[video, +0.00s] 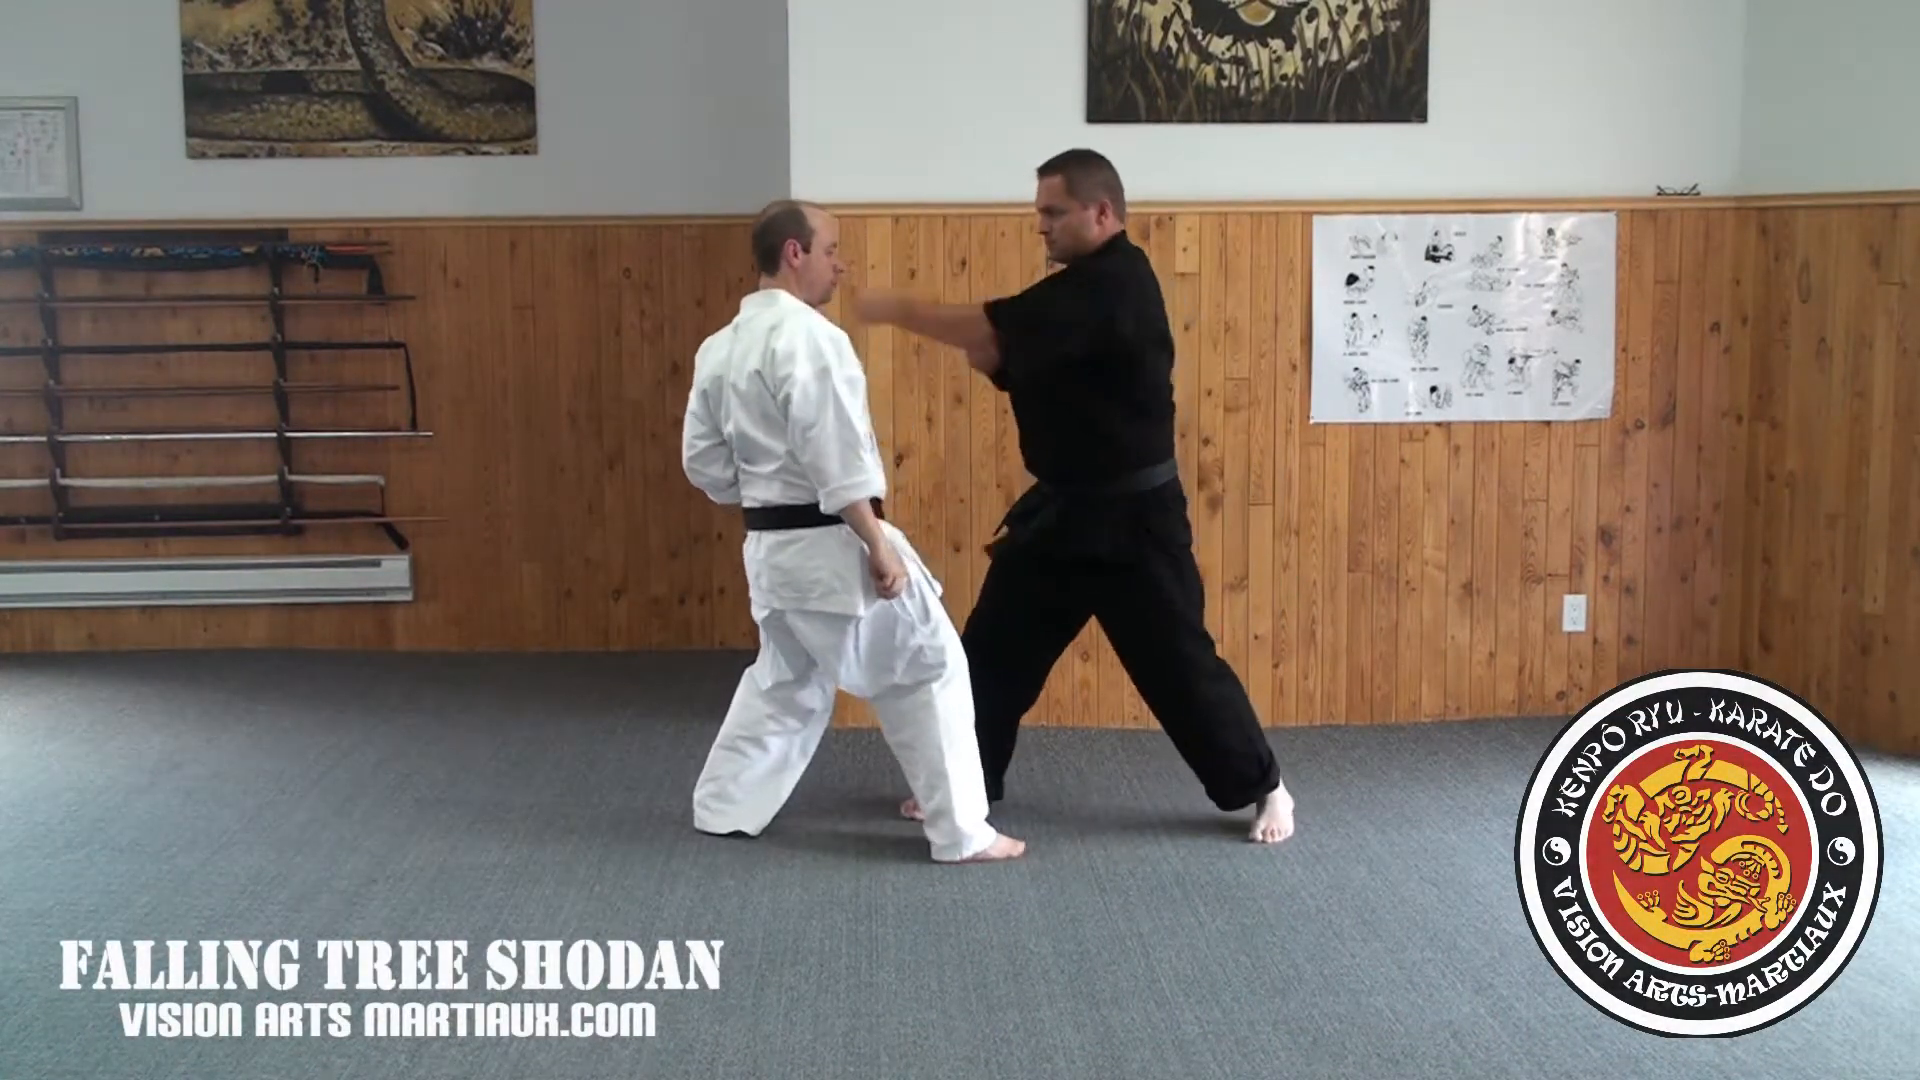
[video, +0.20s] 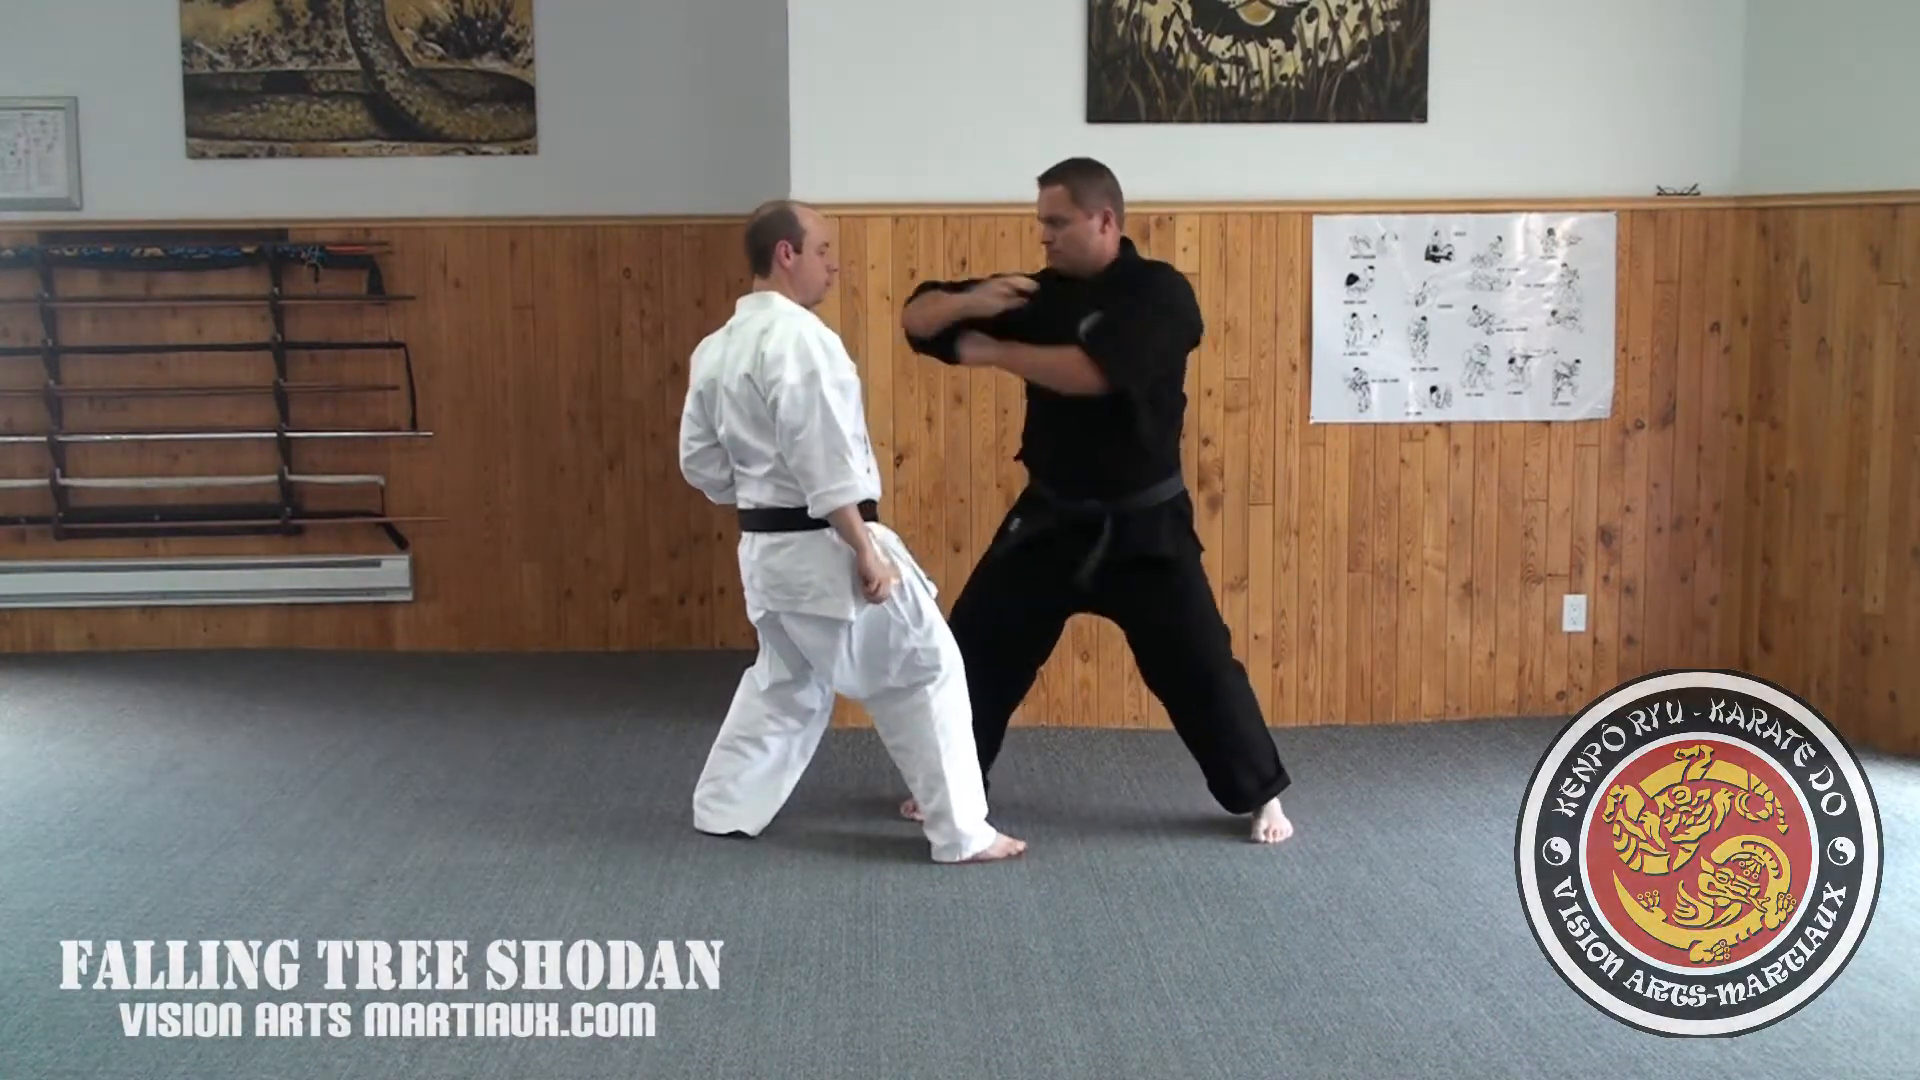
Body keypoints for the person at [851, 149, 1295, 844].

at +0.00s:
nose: (1040, 225)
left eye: (1052, 213)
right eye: (1040, 213)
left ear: (1101, 214)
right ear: (1091, 218)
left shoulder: (1112, 281)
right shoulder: (1079, 283)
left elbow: (994, 324)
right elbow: (1019, 371)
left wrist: (893, 309)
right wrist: (978, 350)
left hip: (1133, 509)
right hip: (1061, 506)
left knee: (1177, 660)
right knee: (993, 651)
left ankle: (1265, 787)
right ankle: (964, 785)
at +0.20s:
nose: (1044, 236)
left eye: (1055, 223)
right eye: (1041, 222)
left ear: (1105, 223)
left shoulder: (1161, 296)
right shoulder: (1035, 297)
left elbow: (1094, 371)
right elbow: (914, 318)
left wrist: (994, 354)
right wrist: (969, 301)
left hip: (1143, 525)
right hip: (1047, 519)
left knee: (1199, 664)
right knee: (975, 651)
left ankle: (1261, 795)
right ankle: (952, 786)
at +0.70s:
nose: (1048, 244)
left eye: (1061, 231)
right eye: (1045, 231)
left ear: (1110, 231)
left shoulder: (1172, 310)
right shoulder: (1034, 308)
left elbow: (1157, 415)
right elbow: (928, 320)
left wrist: (1056, 381)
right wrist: (845, 316)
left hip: (1140, 532)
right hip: (1042, 527)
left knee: (1194, 670)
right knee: (970, 651)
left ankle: (1258, 797)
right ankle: (947, 786)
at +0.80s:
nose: (1049, 242)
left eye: (1062, 228)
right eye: (1046, 229)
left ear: (1110, 229)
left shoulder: (1174, 308)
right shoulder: (1033, 307)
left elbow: (1173, 417)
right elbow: (922, 321)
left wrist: (1074, 384)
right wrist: (830, 317)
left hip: (1142, 530)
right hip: (1043, 526)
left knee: (1197, 669)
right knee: (973, 653)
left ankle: (1257, 796)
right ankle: (946, 785)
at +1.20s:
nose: (1032, 212)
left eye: (1043, 199)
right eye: (1030, 200)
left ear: (1090, 196)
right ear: (1070, 201)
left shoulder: (1160, 272)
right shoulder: (1027, 292)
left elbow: (1219, 302)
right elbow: (926, 354)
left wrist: (1131, 237)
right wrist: (833, 345)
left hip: (1143, 507)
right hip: (1049, 511)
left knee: (1189, 649)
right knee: (984, 639)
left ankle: (1258, 792)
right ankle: (1016, 777)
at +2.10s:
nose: (933, 197)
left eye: (944, 183)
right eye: (930, 186)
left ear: (982, 182)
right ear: (938, 192)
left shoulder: (1015, 247)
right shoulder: (935, 268)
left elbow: (993, 157)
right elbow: (850, 301)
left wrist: (1007, 135)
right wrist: (756, 312)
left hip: (973, 479)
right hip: (937, 477)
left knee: (884, 620)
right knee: (961, 638)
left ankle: (881, 794)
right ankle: (1016, 779)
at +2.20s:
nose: (918, 179)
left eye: (929, 165)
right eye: (919, 169)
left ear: (962, 178)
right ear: (935, 198)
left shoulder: (993, 249)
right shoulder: (924, 275)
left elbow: (956, 140)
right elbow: (832, 305)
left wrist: (1007, 148)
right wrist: (740, 312)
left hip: (945, 483)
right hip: (931, 481)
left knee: (853, 630)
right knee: (945, 638)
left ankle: (825, 799)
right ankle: (1014, 780)